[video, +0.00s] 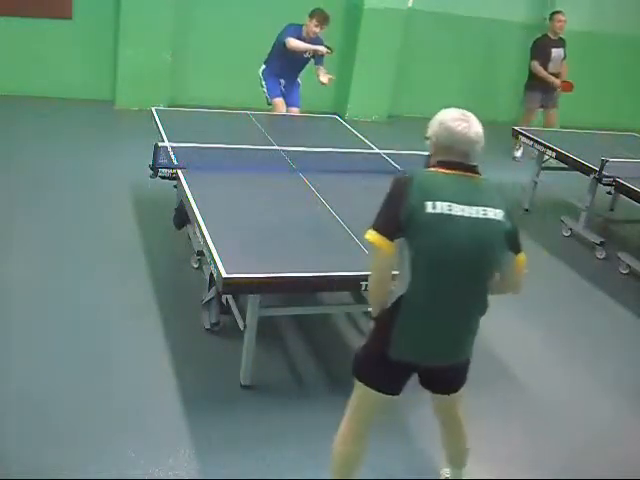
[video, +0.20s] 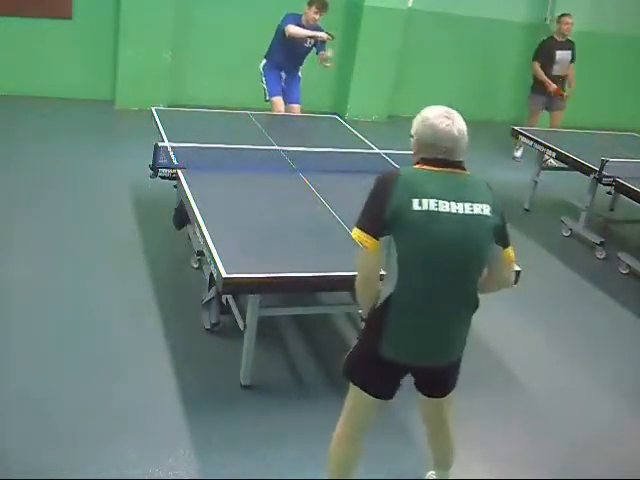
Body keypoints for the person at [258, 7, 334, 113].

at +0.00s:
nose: (317, 31)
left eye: (321, 28)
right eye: (316, 26)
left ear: (323, 29)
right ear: (308, 21)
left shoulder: (318, 43)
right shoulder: (291, 29)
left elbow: (319, 65)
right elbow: (290, 44)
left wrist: (322, 76)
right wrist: (316, 48)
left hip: (291, 78)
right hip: (271, 73)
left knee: (294, 114)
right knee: (280, 109)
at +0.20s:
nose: (317, 17)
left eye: (320, 15)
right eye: (315, 13)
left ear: (322, 16)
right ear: (307, 9)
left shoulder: (318, 32)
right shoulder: (291, 18)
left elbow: (321, 54)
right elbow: (289, 31)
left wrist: (325, 58)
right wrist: (316, 35)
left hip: (293, 71)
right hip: (273, 67)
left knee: (295, 111)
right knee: (279, 109)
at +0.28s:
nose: (317, 14)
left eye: (320, 11)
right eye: (315, 9)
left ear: (322, 11)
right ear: (307, 5)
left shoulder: (318, 27)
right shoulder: (291, 15)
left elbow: (323, 52)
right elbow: (290, 28)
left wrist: (328, 44)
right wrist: (317, 30)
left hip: (293, 70)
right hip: (273, 66)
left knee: (295, 110)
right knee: (279, 108)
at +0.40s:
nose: (315, 9)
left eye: (319, 6)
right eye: (313, 4)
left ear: (321, 8)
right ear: (306, 2)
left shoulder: (318, 25)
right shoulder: (289, 15)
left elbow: (322, 49)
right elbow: (291, 33)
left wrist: (327, 60)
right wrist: (318, 29)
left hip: (295, 69)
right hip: (275, 65)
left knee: (296, 110)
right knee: (280, 109)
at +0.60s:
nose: (315, 18)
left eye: (319, 16)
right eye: (315, 13)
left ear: (320, 17)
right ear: (307, 8)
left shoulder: (311, 31)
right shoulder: (288, 22)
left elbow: (314, 57)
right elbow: (293, 53)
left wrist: (317, 78)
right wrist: (313, 40)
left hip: (292, 71)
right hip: (273, 69)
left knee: (296, 109)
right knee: (283, 108)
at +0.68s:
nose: (315, 24)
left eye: (319, 23)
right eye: (316, 19)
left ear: (321, 25)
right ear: (309, 13)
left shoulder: (310, 35)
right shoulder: (287, 24)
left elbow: (310, 58)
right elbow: (283, 55)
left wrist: (314, 78)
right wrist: (307, 46)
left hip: (291, 72)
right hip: (272, 70)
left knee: (296, 110)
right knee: (282, 108)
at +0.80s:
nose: (316, 32)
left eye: (320, 31)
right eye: (316, 27)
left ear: (320, 32)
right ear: (311, 20)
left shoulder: (308, 37)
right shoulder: (288, 27)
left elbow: (306, 60)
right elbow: (265, 48)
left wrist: (308, 79)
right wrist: (279, 57)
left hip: (291, 74)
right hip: (270, 72)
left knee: (295, 111)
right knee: (281, 109)